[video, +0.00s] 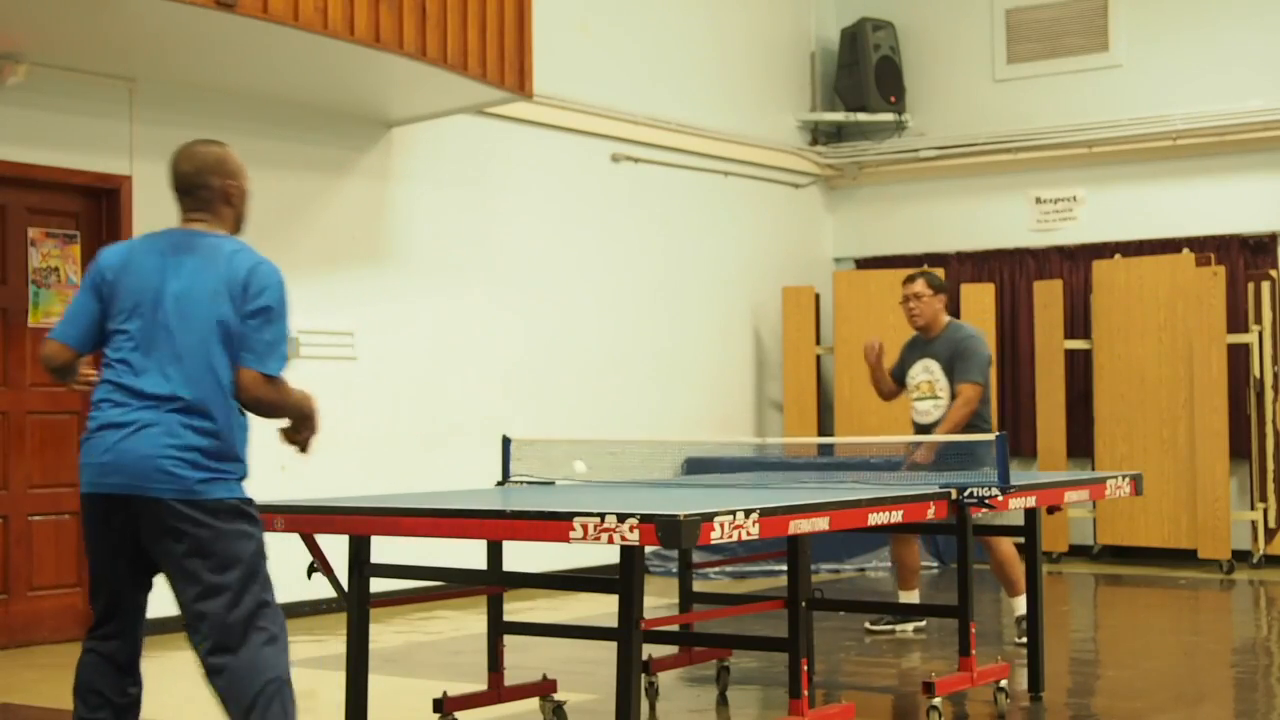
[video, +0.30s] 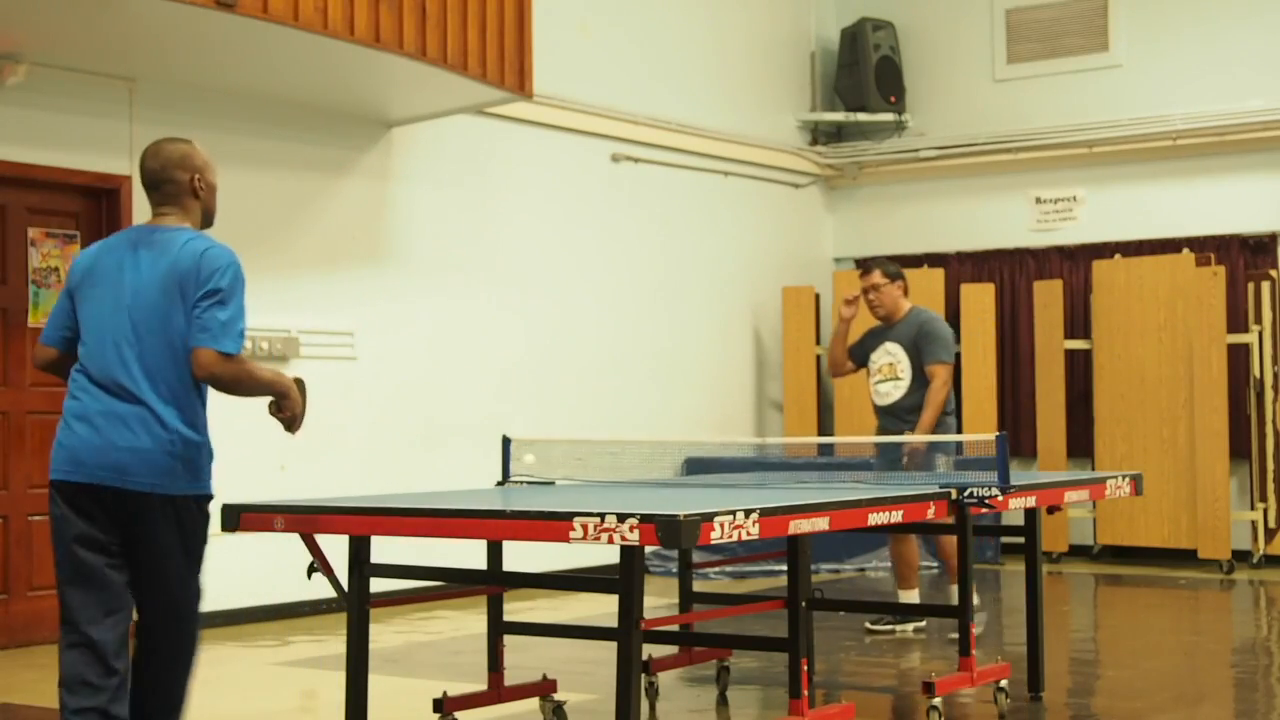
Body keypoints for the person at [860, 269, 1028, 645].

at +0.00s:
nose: (910, 307)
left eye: (918, 299)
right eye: (905, 301)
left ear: (942, 300)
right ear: (903, 306)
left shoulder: (968, 341)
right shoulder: (913, 346)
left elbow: (967, 401)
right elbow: (889, 391)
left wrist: (931, 444)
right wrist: (875, 367)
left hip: (970, 452)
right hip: (925, 453)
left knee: (991, 531)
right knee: (903, 524)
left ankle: (1024, 614)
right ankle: (909, 611)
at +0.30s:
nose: (870, 298)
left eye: (876, 290)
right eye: (866, 293)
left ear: (901, 288)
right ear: (866, 297)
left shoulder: (929, 325)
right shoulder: (876, 335)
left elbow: (940, 382)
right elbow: (838, 367)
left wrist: (920, 435)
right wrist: (843, 325)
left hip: (933, 438)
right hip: (890, 441)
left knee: (939, 519)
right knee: (897, 523)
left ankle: (966, 603)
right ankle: (908, 610)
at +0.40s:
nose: (860, 298)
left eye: (867, 290)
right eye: (856, 293)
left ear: (889, 289)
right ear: (854, 297)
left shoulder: (919, 324)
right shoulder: (865, 340)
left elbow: (936, 379)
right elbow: (829, 376)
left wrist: (917, 433)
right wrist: (833, 330)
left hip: (920, 441)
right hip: (884, 444)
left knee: (918, 521)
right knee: (897, 523)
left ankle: (924, 612)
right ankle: (906, 608)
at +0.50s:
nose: (853, 299)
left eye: (859, 291)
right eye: (848, 294)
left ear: (882, 290)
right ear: (846, 298)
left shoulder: (911, 325)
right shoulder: (855, 342)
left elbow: (926, 382)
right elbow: (831, 388)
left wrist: (920, 437)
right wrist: (823, 350)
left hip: (907, 442)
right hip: (873, 445)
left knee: (899, 520)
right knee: (896, 521)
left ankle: (883, 605)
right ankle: (910, 608)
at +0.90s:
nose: (833, 292)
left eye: (841, 284)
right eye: (830, 286)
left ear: (865, 286)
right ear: (828, 290)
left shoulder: (886, 330)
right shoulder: (831, 332)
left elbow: (894, 392)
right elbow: (826, 393)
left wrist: (891, 446)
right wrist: (817, 441)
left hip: (866, 442)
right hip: (830, 442)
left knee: (857, 523)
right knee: (835, 523)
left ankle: (856, 612)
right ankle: (880, 580)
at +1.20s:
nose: (815, 288)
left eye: (824, 280)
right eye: (810, 281)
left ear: (845, 284)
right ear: (806, 286)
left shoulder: (868, 325)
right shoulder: (807, 328)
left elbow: (867, 388)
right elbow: (801, 386)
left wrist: (837, 438)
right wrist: (796, 436)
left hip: (857, 444)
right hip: (813, 443)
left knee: (854, 524)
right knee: (808, 525)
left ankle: (857, 615)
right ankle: (809, 610)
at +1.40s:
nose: (810, 284)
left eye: (815, 277)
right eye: (801, 279)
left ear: (827, 281)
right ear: (789, 288)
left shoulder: (857, 320)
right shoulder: (782, 335)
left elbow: (868, 377)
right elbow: (772, 392)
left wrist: (844, 427)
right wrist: (760, 444)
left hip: (857, 440)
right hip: (806, 442)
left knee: (855, 524)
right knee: (807, 525)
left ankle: (858, 611)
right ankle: (809, 609)